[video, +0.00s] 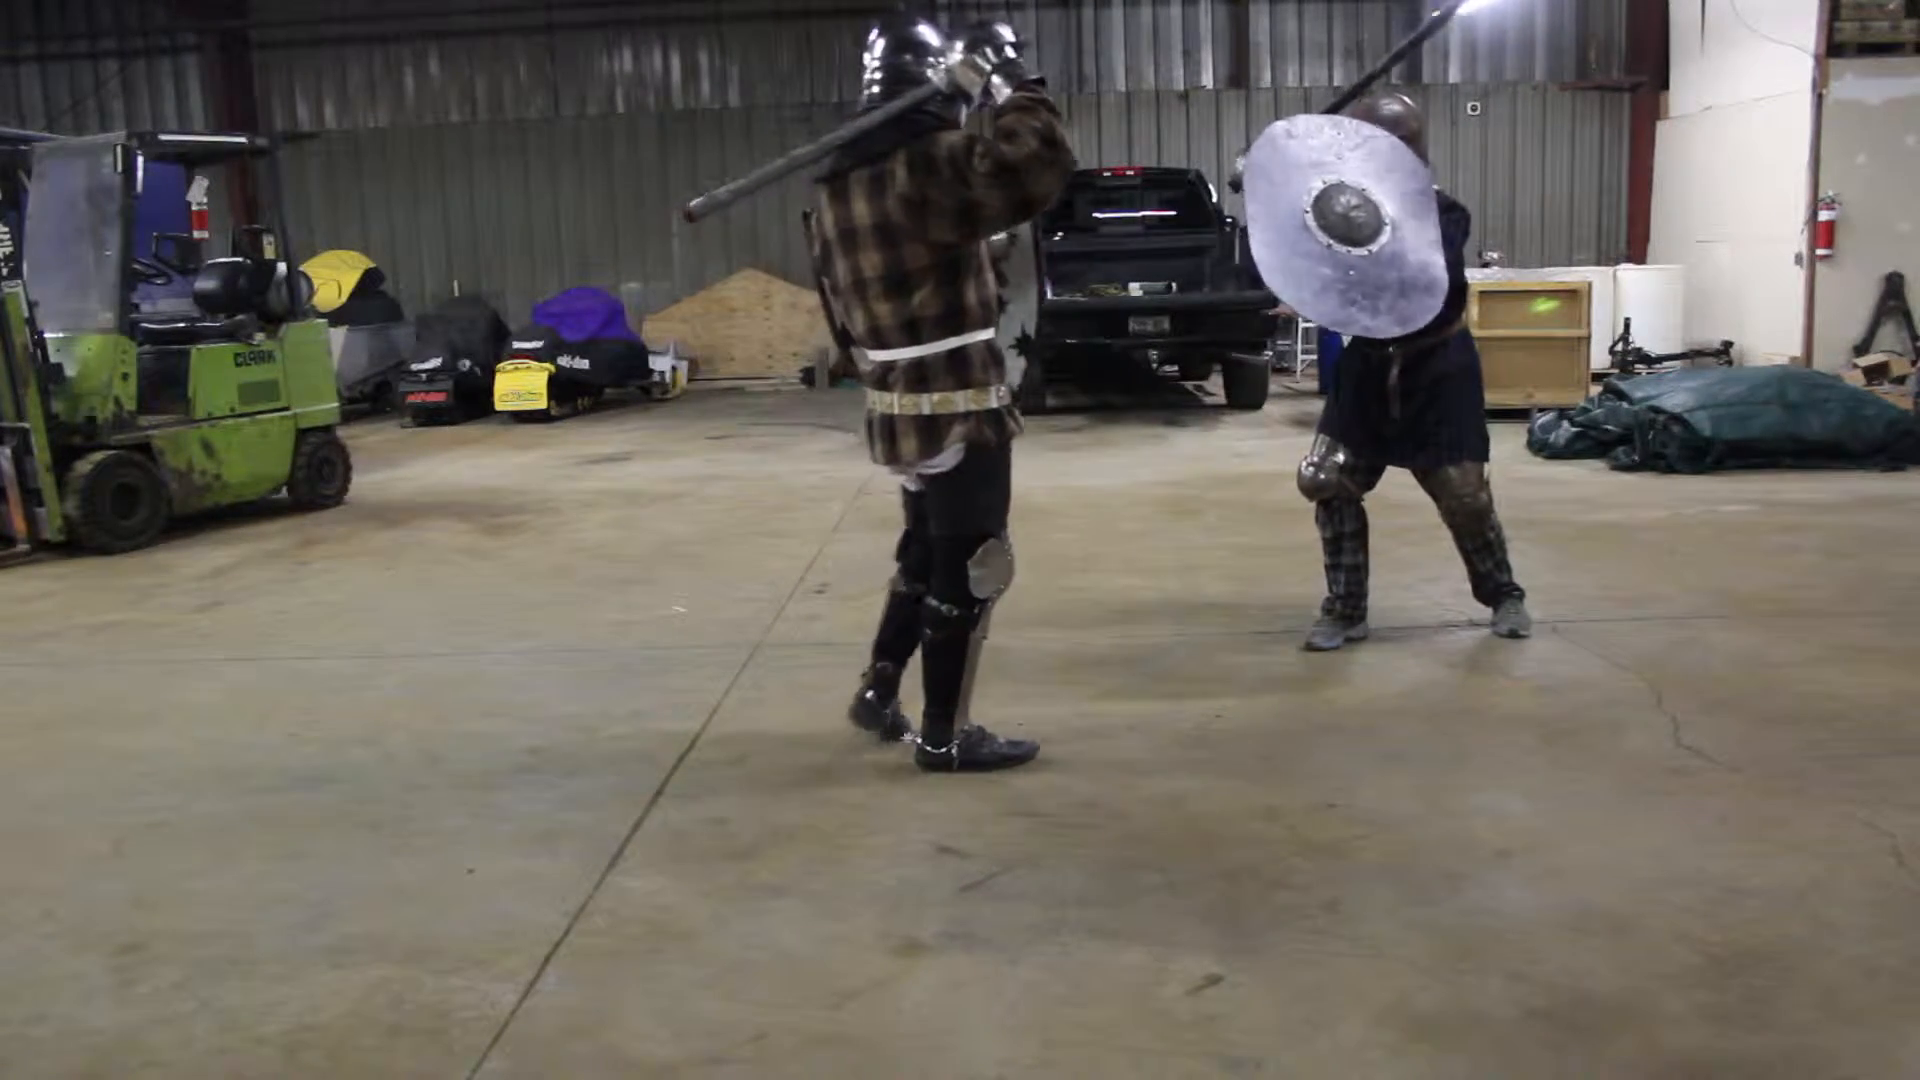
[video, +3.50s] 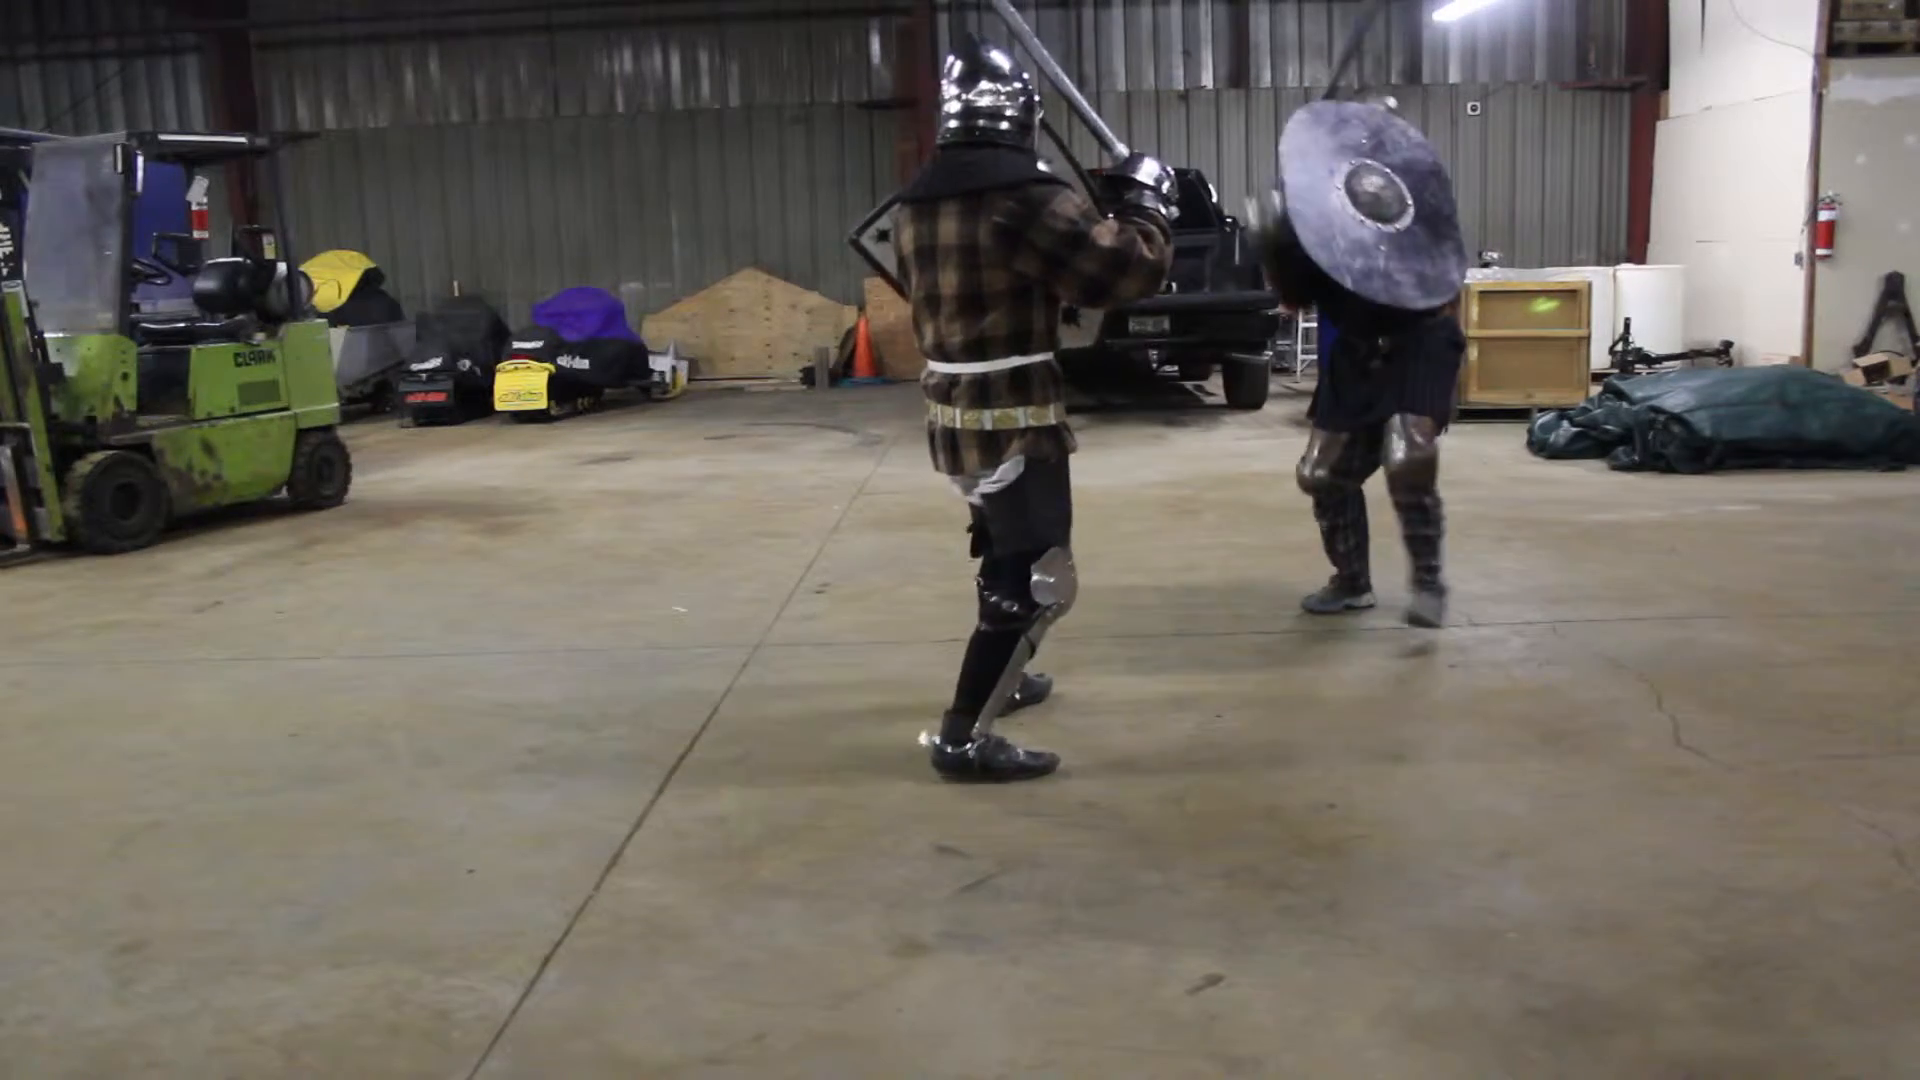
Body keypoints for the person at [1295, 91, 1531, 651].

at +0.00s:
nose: (1374, 156)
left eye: (1387, 143)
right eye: (1363, 143)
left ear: (1413, 148)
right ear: (1353, 147)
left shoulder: (1443, 215)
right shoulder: (1347, 209)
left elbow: (1438, 305)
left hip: (1438, 357)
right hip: (1365, 358)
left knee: (1461, 489)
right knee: (1330, 479)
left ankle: (1504, 597)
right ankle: (1344, 610)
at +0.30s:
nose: (1379, 165)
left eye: (1392, 153)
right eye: (1368, 152)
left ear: (1416, 159)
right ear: (1355, 156)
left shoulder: (1439, 226)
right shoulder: (1343, 216)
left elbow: (1449, 315)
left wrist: (1403, 349)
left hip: (1434, 368)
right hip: (1358, 367)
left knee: (1458, 504)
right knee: (1319, 482)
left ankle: (1504, 599)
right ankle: (1344, 610)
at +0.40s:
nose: (1391, 148)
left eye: (1401, 136)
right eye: (1381, 136)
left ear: (1421, 146)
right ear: (1363, 144)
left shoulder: (1443, 215)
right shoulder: (1345, 208)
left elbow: (1427, 298)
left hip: (1433, 360)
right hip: (1354, 363)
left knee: (1464, 495)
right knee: (1324, 484)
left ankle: (1503, 597)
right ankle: (1344, 611)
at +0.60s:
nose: (1373, 161)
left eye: (1383, 151)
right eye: (1360, 152)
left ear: (1402, 155)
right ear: (1341, 160)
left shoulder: (1435, 193)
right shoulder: (1326, 205)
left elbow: (1455, 248)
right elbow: (1278, 259)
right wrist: (1267, 189)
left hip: (1437, 342)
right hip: (1359, 346)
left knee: (1470, 481)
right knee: (1337, 481)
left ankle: (1495, 593)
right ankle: (1344, 609)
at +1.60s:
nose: (1456, 168)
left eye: (1465, 155)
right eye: (1445, 156)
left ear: (1482, 161)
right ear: (1426, 163)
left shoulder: (1504, 225)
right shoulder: (1406, 228)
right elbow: (1343, 289)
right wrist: (1339, 219)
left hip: (1504, 363)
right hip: (1434, 366)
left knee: (1507, 499)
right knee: (1383, 480)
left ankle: (1545, 601)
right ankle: (1350, 606)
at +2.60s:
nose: (1374, 165)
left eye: (1388, 152)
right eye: (1365, 156)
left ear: (1406, 155)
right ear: (1348, 162)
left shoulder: (1431, 202)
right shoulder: (1332, 206)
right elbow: (1299, 291)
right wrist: (1283, 238)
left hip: (1448, 335)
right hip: (1382, 344)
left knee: (1458, 471)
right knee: (1343, 474)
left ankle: (1491, 602)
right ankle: (1376, 587)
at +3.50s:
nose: (1363, 170)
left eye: (1373, 158)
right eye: (1349, 158)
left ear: (1390, 157)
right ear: (1333, 164)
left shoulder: (1421, 199)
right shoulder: (1316, 208)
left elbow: (1448, 283)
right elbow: (1294, 296)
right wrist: (1275, 240)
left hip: (1422, 338)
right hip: (1355, 342)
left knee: (1410, 461)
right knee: (1325, 472)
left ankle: (1428, 587)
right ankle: (1351, 580)